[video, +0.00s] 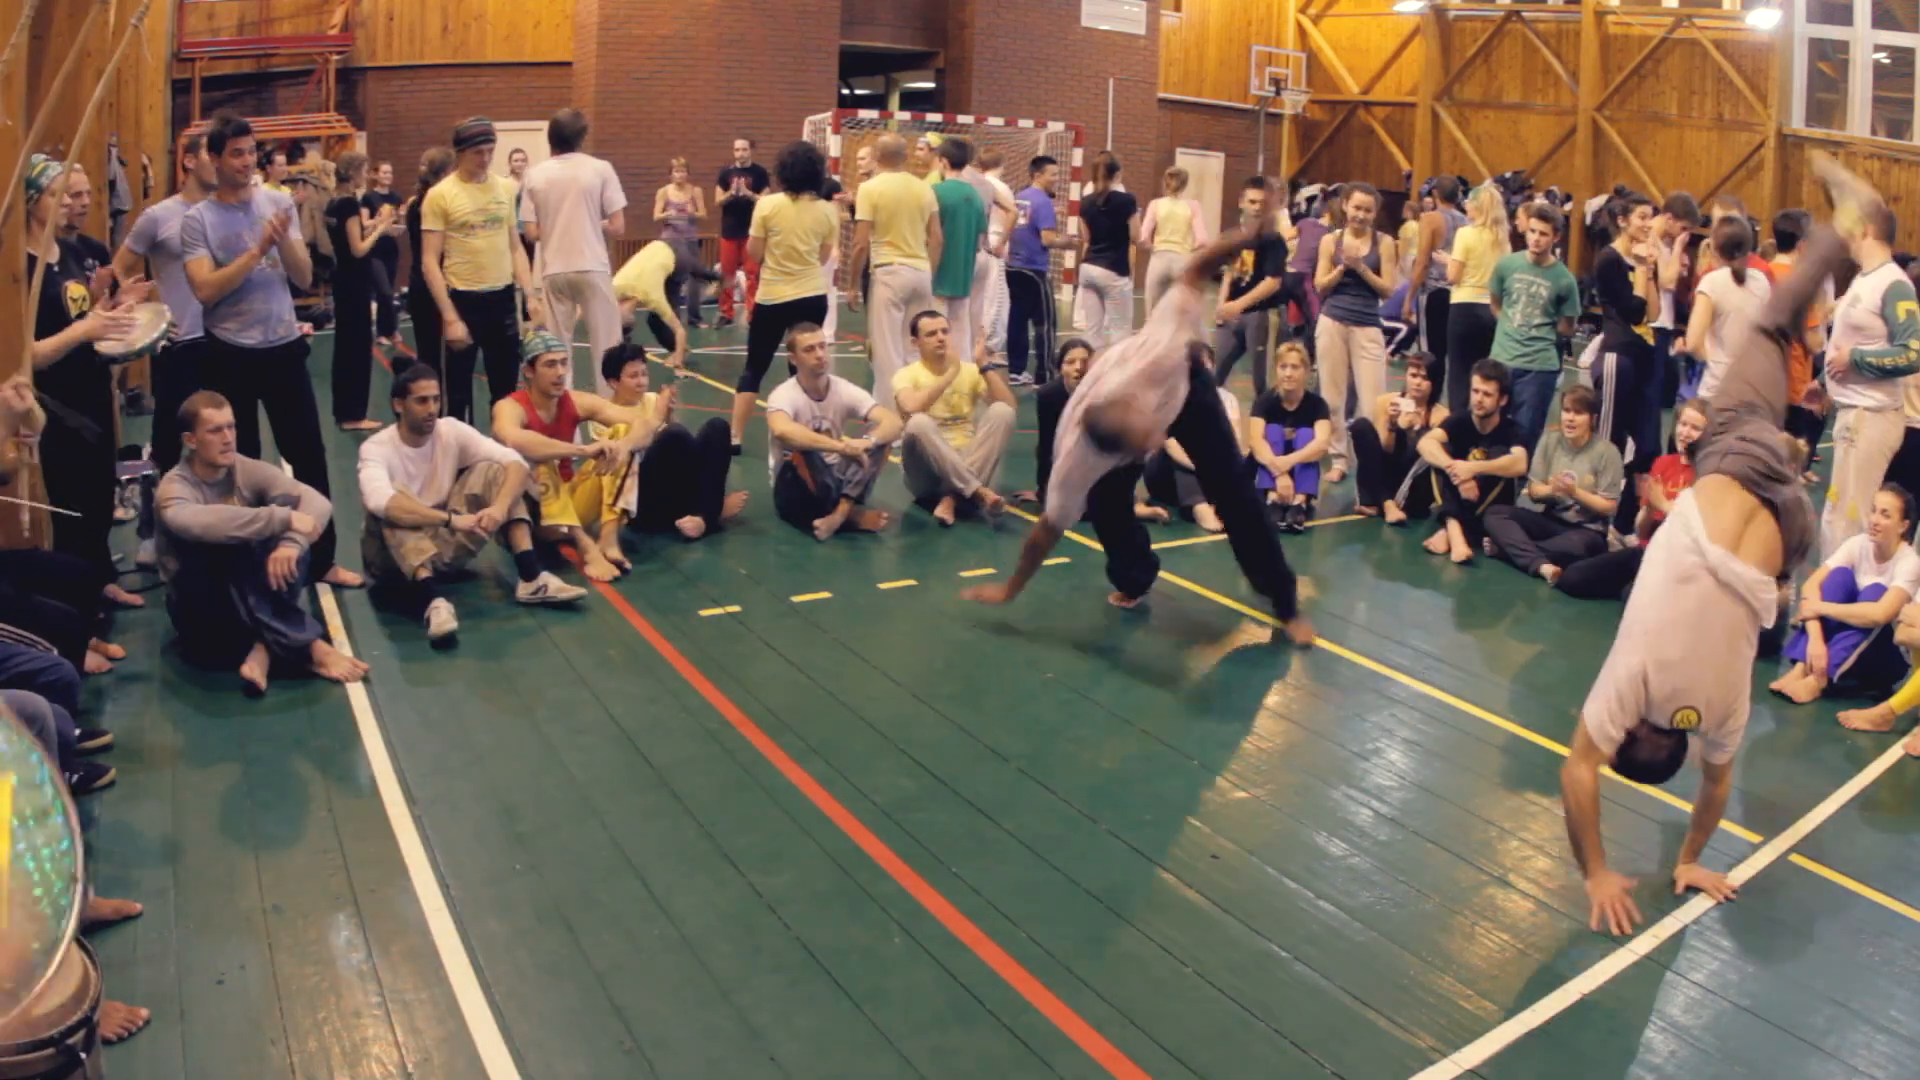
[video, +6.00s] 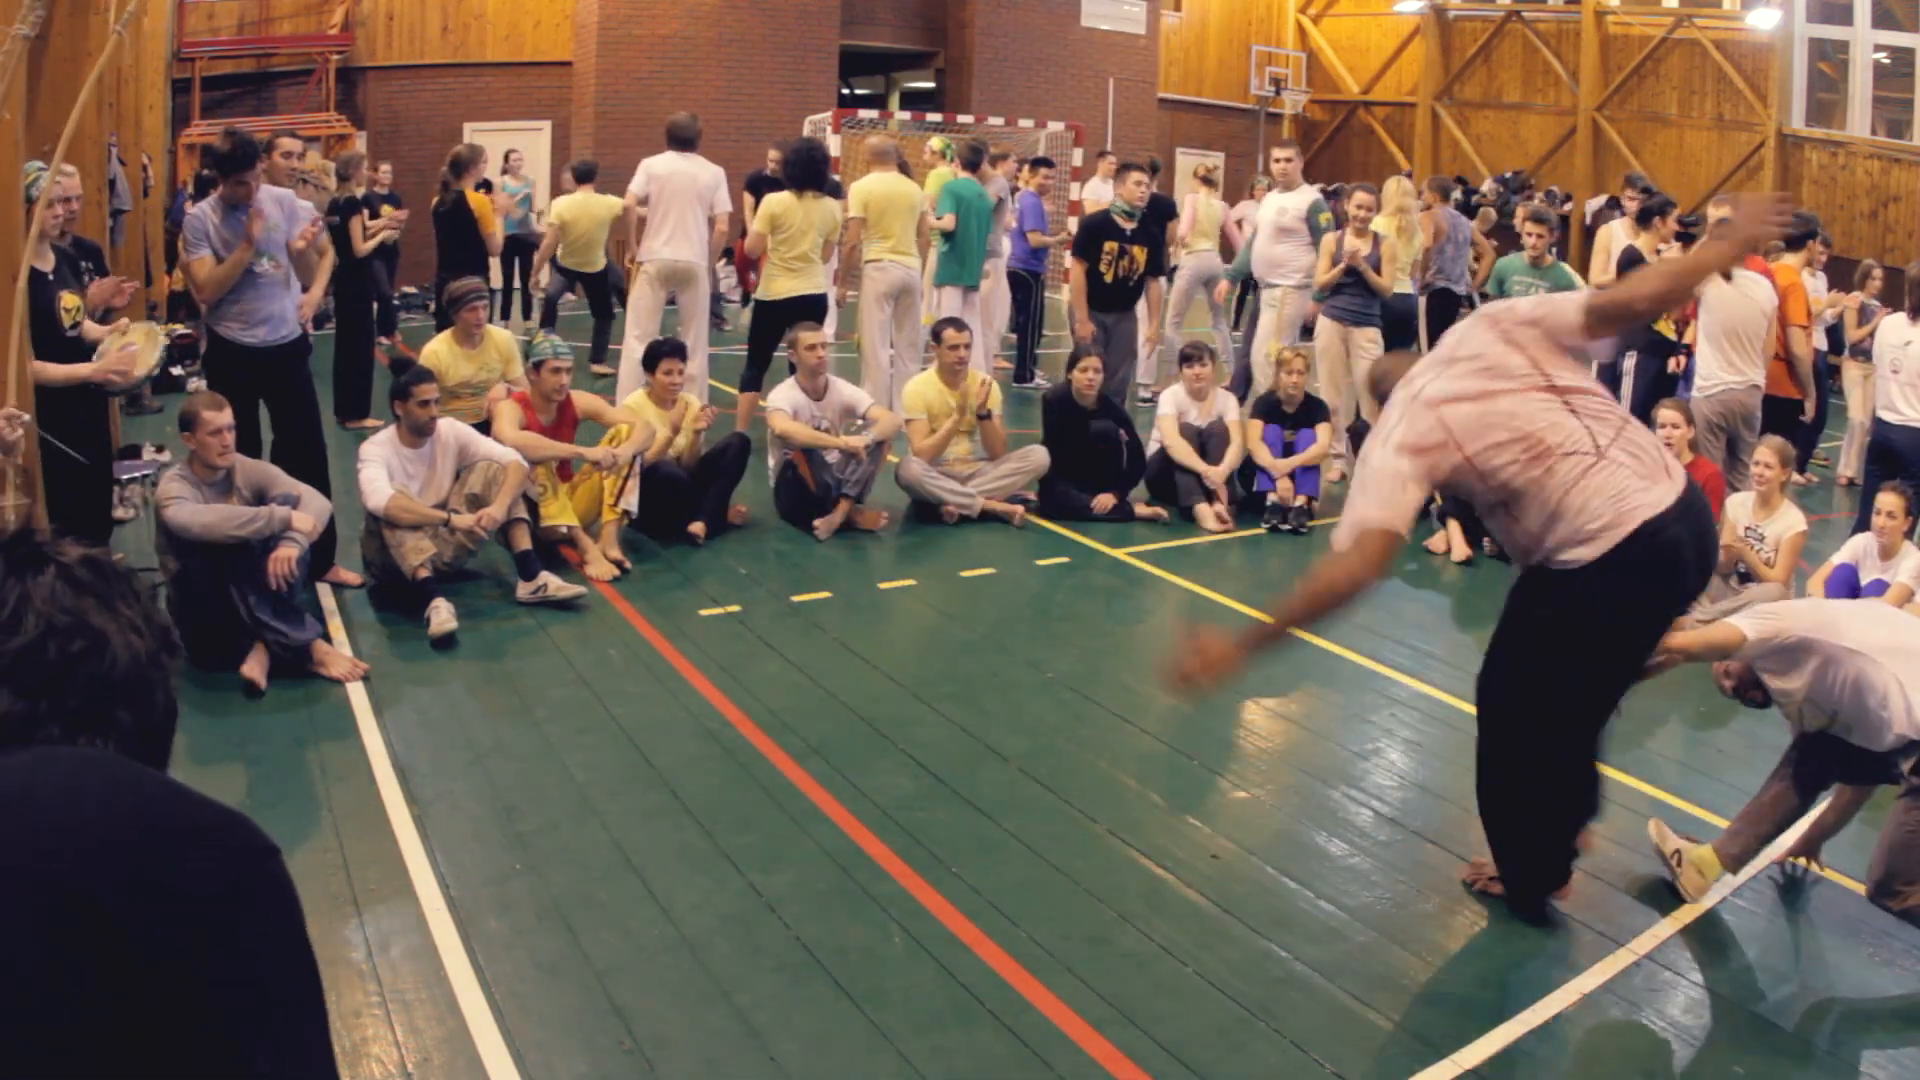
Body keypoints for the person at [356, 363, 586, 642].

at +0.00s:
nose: (431, 409)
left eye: (436, 400)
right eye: (421, 402)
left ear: (441, 400)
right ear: (398, 405)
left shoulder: (451, 430)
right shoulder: (376, 449)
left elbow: (516, 464)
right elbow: (381, 503)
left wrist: (500, 509)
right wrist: (451, 519)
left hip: (450, 546)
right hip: (398, 552)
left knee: (492, 470)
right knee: (396, 499)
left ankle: (532, 578)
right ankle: (434, 602)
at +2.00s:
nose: (433, 411)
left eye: (436, 402)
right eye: (423, 403)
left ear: (440, 401)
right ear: (399, 405)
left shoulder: (451, 431)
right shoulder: (376, 449)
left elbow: (516, 464)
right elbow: (380, 502)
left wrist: (500, 508)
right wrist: (450, 519)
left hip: (449, 548)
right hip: (398, 555)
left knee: (490, 470)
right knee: (395, 497)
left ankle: (532, 577)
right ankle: (435, 601)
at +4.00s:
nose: (433, 410)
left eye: (436, 400)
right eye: (423, 402)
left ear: (440, 400)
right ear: (398, 406)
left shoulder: (450, 430)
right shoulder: (375, 449)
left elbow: (516, 463)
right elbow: (380, 502)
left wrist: (500, 509)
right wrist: (450, 519)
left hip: (449, 546)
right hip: (398, 552)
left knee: (493, 469)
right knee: (395, 499)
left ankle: (531, 576)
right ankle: (434, 601)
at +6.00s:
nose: (433, 412)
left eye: (436, 403)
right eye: (423, 405)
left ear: (440, 401)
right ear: (398, 407)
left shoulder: (450, 430)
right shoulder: (375, 449)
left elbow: (516, 463)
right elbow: (380, 502)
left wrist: (500, 508)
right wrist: (449, 518)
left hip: (449, 545)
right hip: (399, 550)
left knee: (491, 470)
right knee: (394, 500)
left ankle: (532, 577)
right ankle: (435, 602)